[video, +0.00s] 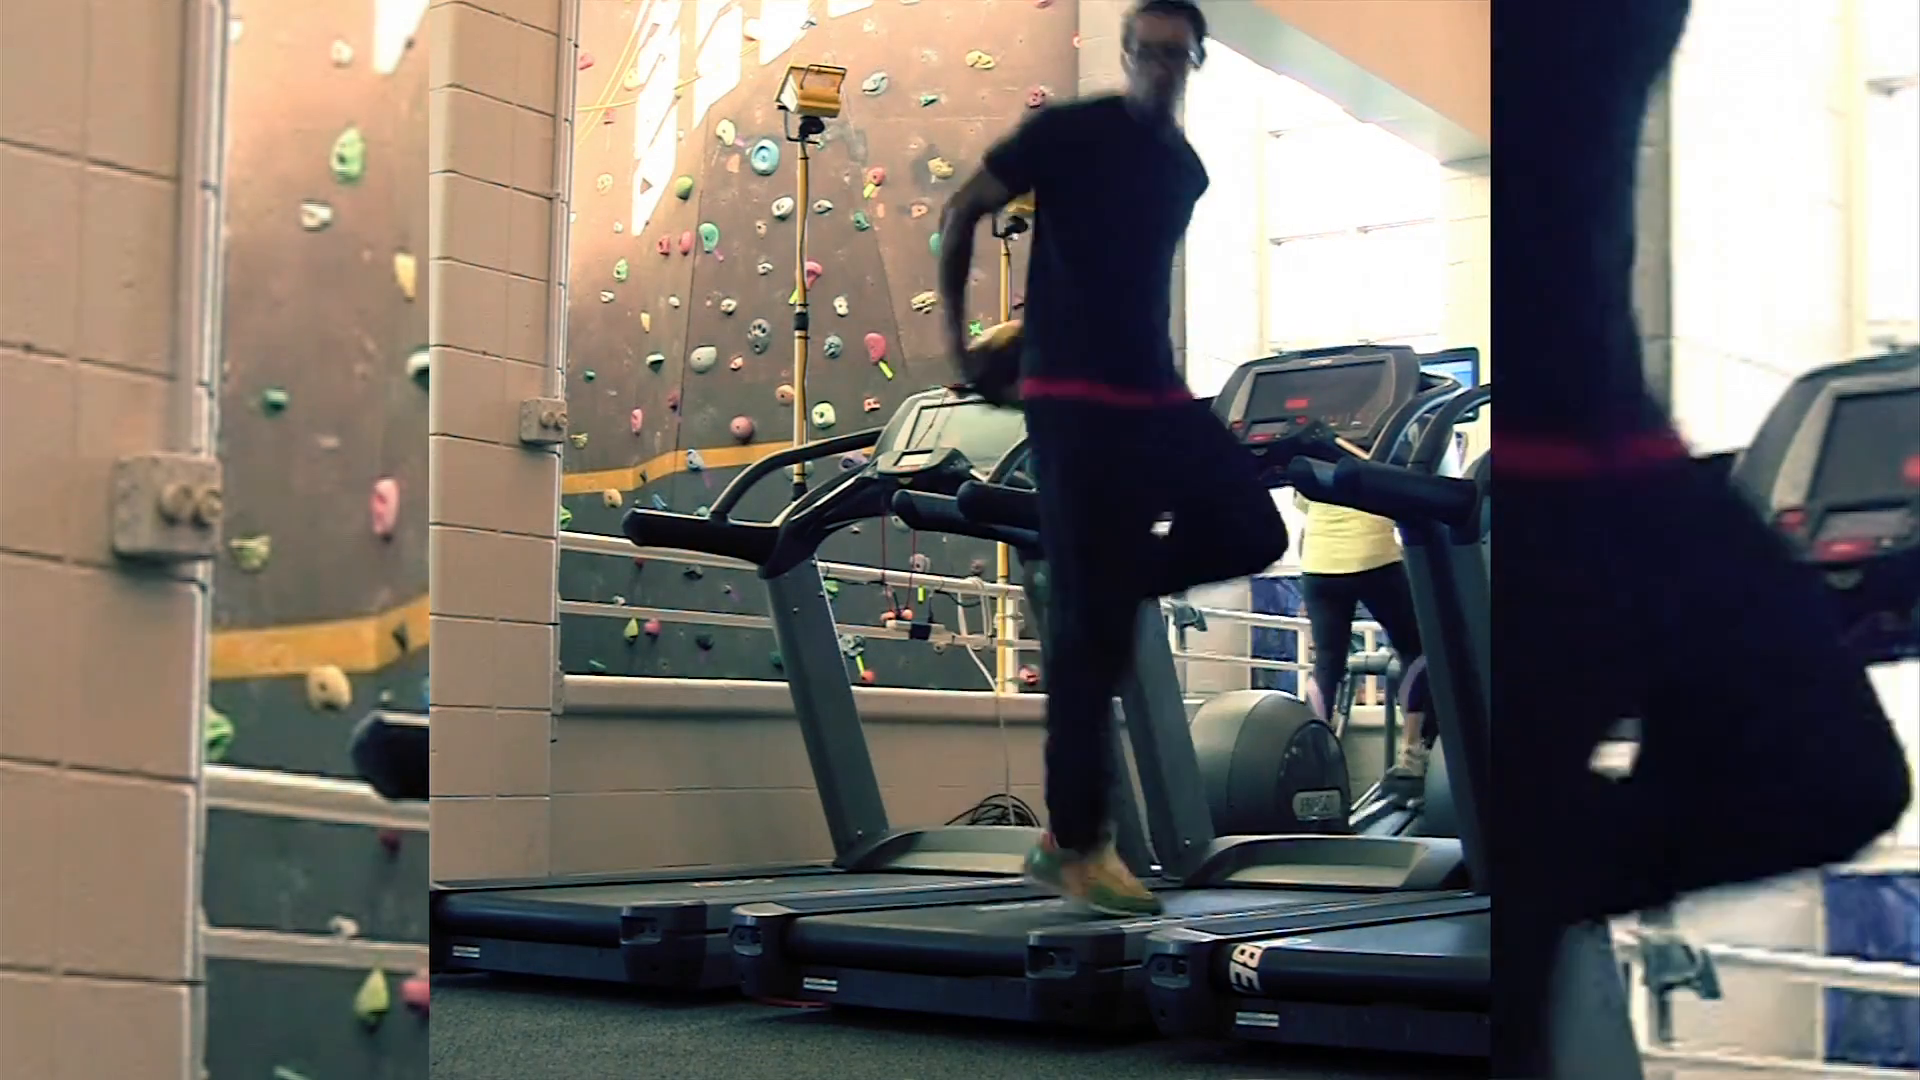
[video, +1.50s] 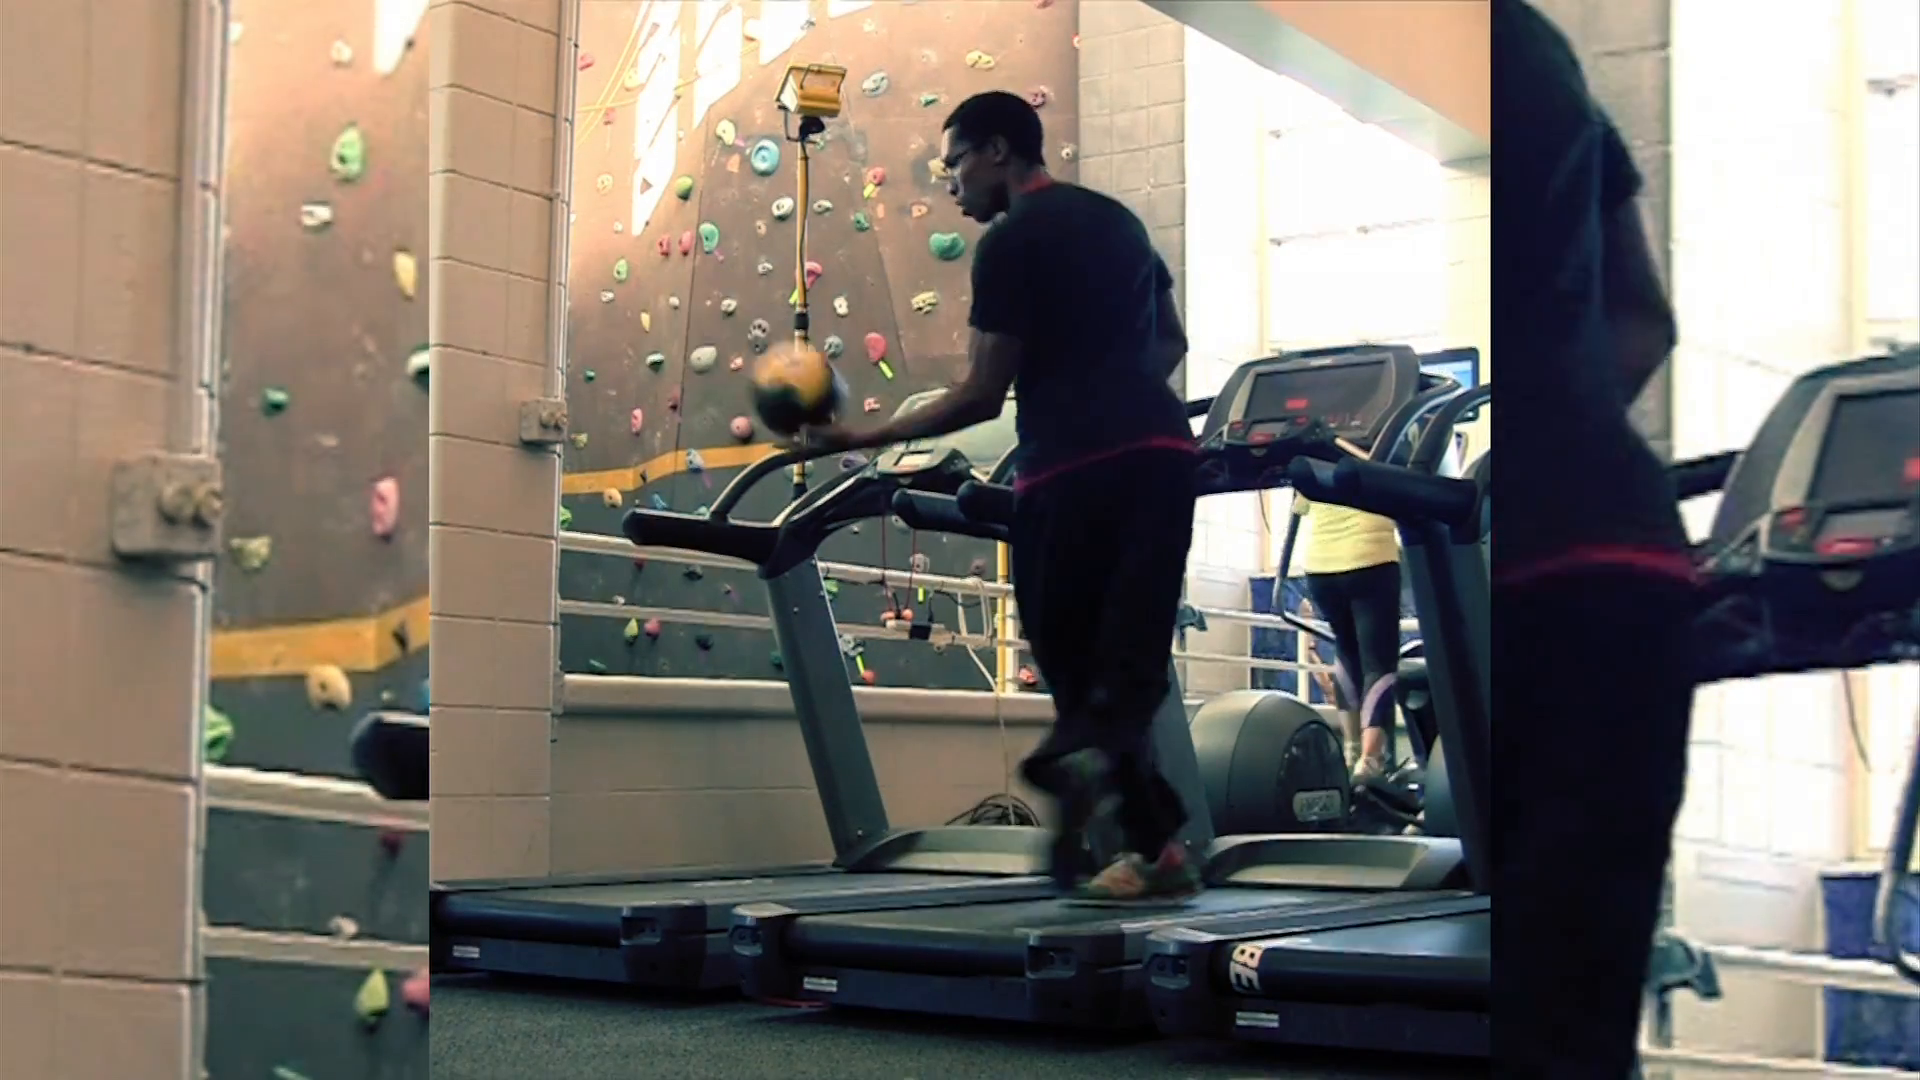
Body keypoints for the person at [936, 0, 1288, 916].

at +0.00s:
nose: (1161, 70)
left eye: (1177, 56)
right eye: (1148, 52)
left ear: (1196, 63)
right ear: (1122, 52)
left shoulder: (1183, 167)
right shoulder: (1064, 131)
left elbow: (1144, 278)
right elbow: (961, 211)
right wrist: (955, 346)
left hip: (1161, 398)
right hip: (1076, 401)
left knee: (1251, 536)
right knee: (1092, 613)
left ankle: (1096, 581)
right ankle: (1078, 847)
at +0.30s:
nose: (946, 50)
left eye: (958, 30)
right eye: (943, 35)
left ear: (1014, 21)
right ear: (991, 35)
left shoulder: (1100, 74)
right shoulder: (985, 137)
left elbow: (1254, 79)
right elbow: (1017, 246)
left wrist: (1334, 154)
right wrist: (1012, 343)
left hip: (1127, 346)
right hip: (1050, 342)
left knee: (1101, 548)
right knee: (917, 370)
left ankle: (1147, 789)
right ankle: (1018, 547)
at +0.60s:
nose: (931, 144)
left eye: (939, 126)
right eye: (932, 129)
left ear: (976, 123)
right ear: (1015, 126)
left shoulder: (1011, 191)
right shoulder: (1081, 196)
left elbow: (1037, 324)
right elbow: (1156, 326)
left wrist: (946, 421)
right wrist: (1134, 429)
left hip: (1048, 443)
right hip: (1118, 445)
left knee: (982, 644)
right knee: (1098, 628)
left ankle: (1023, 859)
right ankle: (1188, 830)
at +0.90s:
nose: (964, 179)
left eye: (968, 163)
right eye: (964, 166)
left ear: (997, 156)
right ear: (1050, 157)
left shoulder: (977, 241)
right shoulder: (1128, 220)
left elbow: (863, 348)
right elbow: (1236, 313)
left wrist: (745, 386)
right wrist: (1207, 419)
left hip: (1051, 483)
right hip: (1146, 477)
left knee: (1041, 656)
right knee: (1147, 673)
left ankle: (991, 783)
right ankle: (1086, 859)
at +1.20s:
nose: (951, 182)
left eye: (956, 162)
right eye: (949, 165)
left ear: (996, 154)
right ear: (1033, 155)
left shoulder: (985, 238)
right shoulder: (1121, 219)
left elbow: (938, 374)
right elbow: (1209, 324)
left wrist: (821, 390)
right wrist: (1158, 402)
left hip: (1049, 461)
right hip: (1139, 455)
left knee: (1070, 653)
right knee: (1101, 661)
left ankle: (1068, 838)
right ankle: (1013, 841)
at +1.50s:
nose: (949, 183)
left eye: (955, 163)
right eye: (946, 167)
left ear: (999, 153)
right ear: (1026, 155)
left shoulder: (1009, 240)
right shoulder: (1117, 220)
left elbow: (983, 396)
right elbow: (1171, 343)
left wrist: (859, 433)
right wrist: (1101, 405)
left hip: (1065, 477)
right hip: (1160, 463)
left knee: (1075, 671)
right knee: (1139, 653)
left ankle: (1160, 849)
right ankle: (1083, 761)